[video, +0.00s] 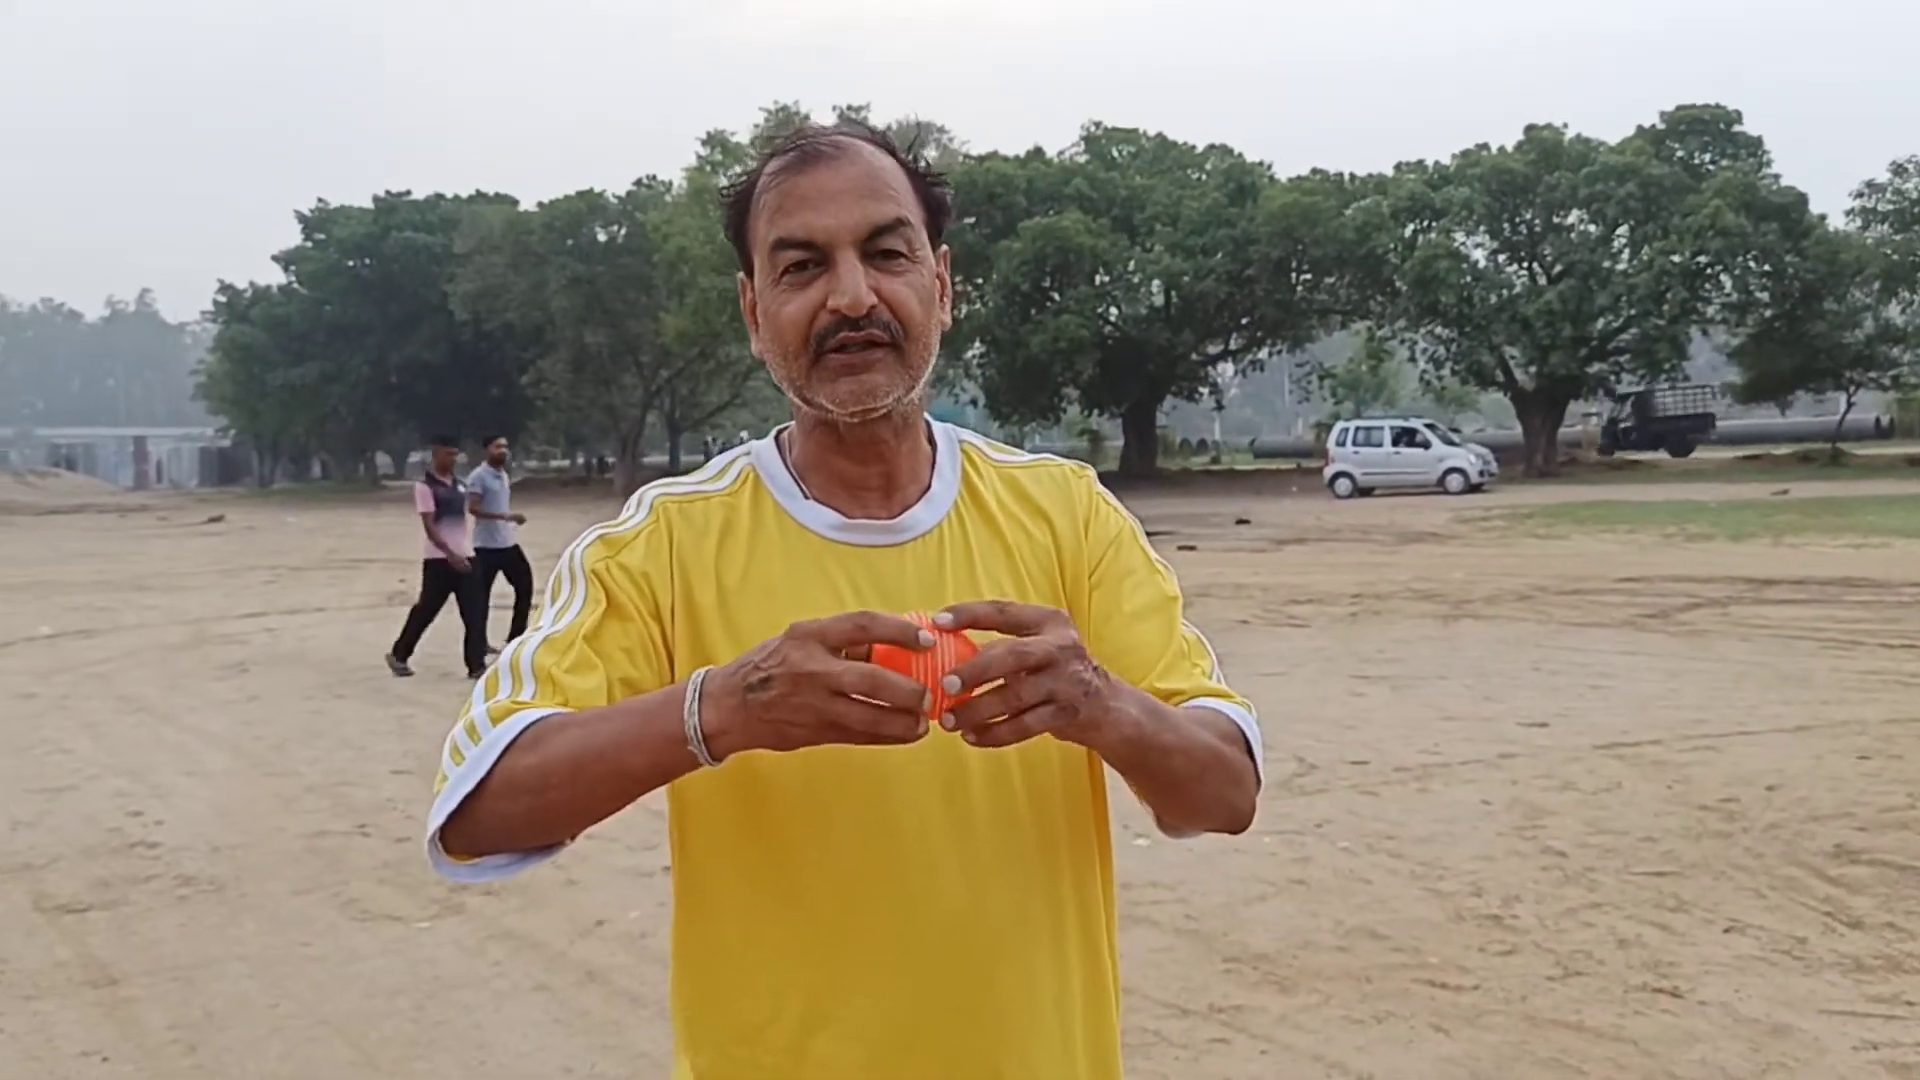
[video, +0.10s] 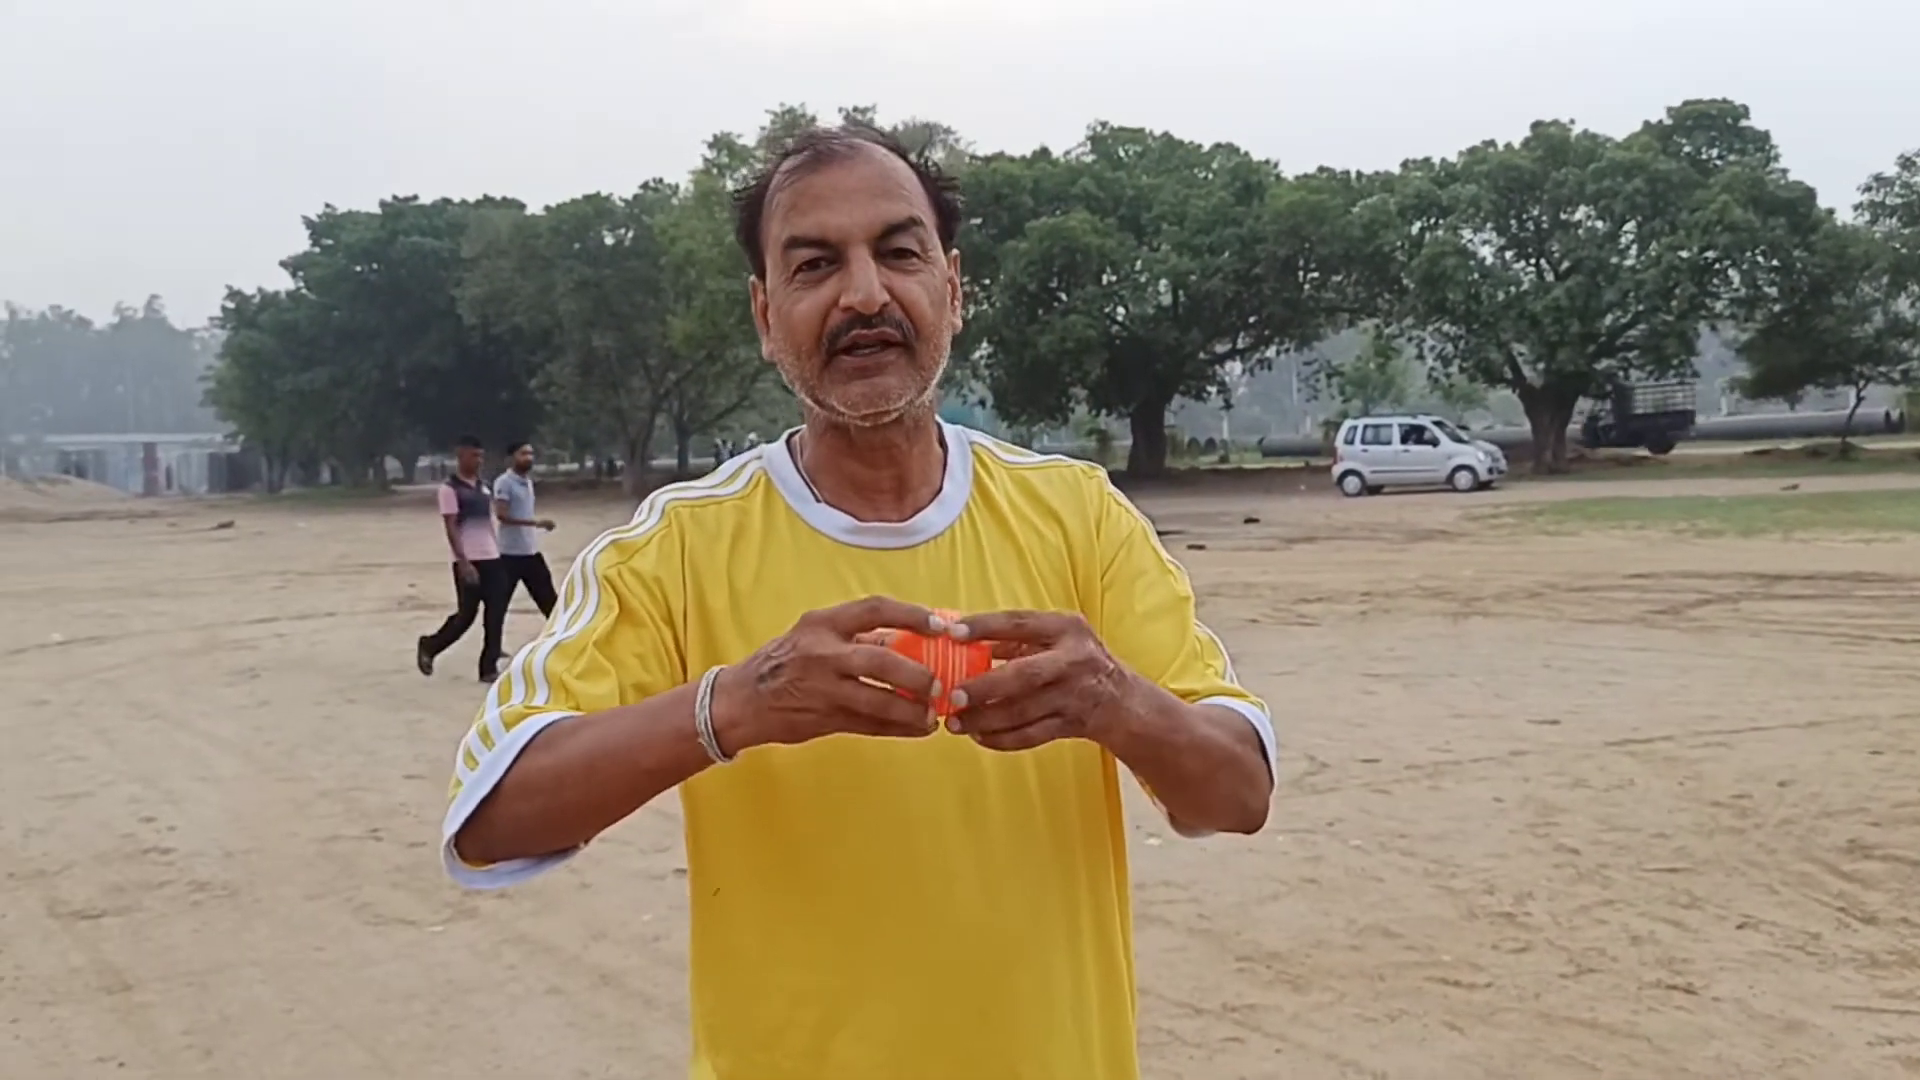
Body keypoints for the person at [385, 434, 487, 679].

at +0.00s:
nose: (452, 459)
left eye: (454, 454)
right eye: (447, 454)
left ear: (457, 456)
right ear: (435, 454)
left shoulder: (458, 485)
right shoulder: (424, 487)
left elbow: (460, 521)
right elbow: (429, 528)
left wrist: (467, 551)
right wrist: (452, 555)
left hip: (465, 558)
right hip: (439, 560)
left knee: (475, 618)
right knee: (425, 611)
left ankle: (476, 666)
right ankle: (398, 655)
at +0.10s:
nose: (478, 461)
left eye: (480, 456)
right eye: (473, 456)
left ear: (482, 458)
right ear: (460, 456)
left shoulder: (483, 488)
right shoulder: (449, 490)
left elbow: (487, 524)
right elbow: (451, 528)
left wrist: (493, 552)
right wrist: (462, 561)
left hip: (492, 559)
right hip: (468, 561)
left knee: (495, 619)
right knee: (467, 616)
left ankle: (488, 669)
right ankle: (429, 646)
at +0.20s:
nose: (495, 461)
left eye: (497, 456)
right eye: (491, 456)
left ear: (499, 459)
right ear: (477, 456)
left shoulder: (502, 490)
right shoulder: (465, 490)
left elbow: (513, 525)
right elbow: (462, 529)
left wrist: (523, 554)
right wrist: (468, 564)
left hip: (510, 558)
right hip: (484, 559)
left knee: (508, 614)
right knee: (500, 610)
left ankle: (494, 670)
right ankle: (467, 653)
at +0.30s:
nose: (510, 464)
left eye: (511, 460)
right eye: (505, 459)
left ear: (512, 462)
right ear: (490, 460)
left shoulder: (516, 494)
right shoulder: (478, 494)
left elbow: (528, 526)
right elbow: (469, 532)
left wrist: (544, 553)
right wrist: (470, 571)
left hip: (516, 561)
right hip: (495, 560)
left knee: (507, 617)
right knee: (515, 611)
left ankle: (496, 673)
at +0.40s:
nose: (524, 469)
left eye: (526, 464)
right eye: (520, 464)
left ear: (526, 468)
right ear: (506, 465)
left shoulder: (530, 498)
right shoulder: (493, 499)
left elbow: (543, 528)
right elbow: (483, 538)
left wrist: (562, 552)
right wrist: (478, 575)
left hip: (529, 568)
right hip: (509, 568)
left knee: (511, 625)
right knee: (528, 621)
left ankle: (496, 675)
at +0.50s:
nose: (538, 471)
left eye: (540, 467)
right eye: (534, 467)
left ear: (540, 469)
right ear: (519, 467)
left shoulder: (543, 500)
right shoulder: (508, 502)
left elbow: (557, 532)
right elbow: (498, 542)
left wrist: (577, 555)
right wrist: (493, 580)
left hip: (545, 571)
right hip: (524, 572)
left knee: (524, 626)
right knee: (543, 623)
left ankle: (501, 673)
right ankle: (562, 671)